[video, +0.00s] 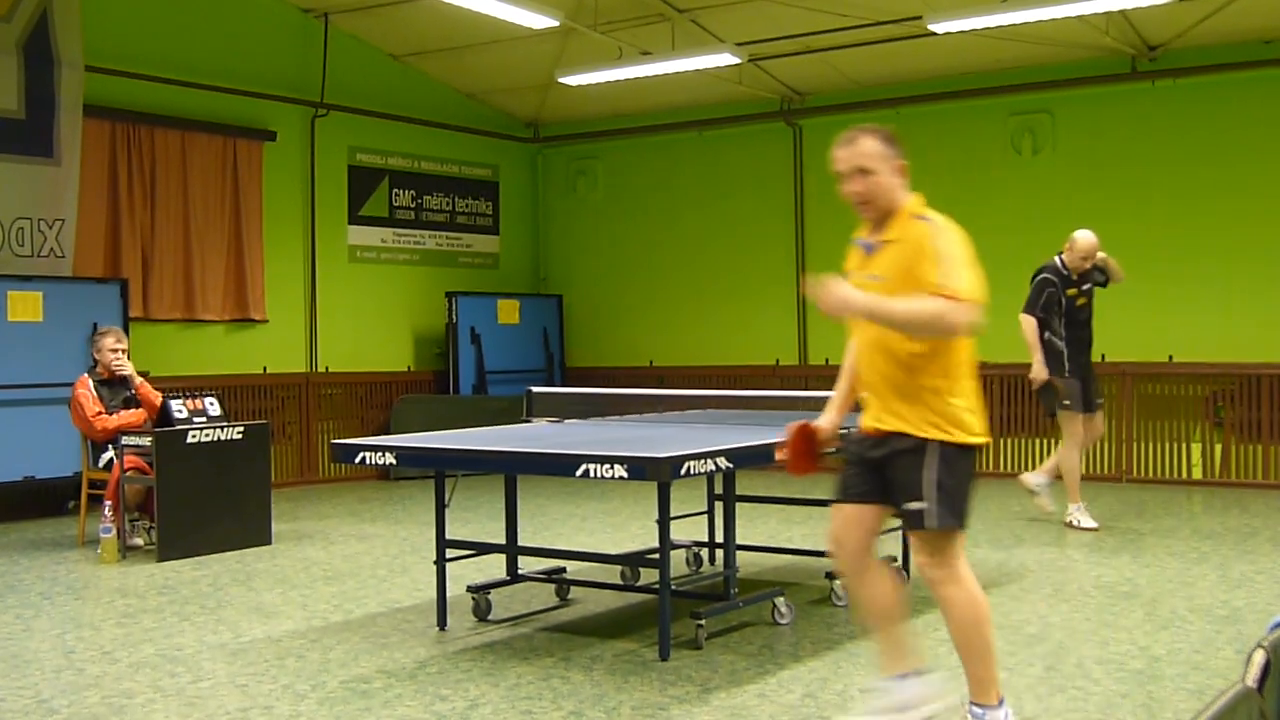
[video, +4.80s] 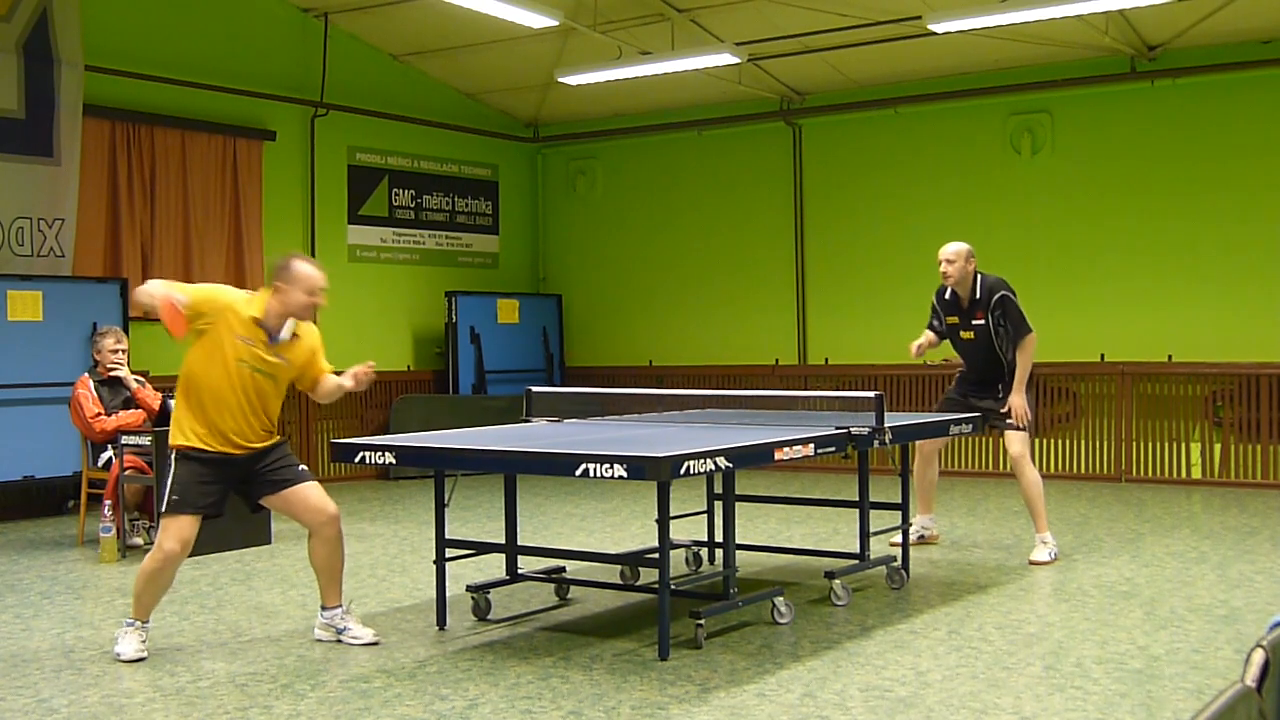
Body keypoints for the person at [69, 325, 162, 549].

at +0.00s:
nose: (120, 357)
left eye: (123, 352)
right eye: (113, 351)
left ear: (128, 355)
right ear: (96, 355)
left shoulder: (133, 381)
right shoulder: (84, 385)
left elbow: (162, 413)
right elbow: (98, 427)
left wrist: (136, 379)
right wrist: (142, 415)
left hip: (147, 446)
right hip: (112, 449)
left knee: (172, 469)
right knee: (135, 475)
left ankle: (152, 521)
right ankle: (129, 521)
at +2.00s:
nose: (121, 356)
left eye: (124, 351)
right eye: (114, 351)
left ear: (128, 354)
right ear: (97, 355)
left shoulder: (137, 381)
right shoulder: (84, 385)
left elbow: (162, 412)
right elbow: (97, 428)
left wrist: (132, 383)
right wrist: (141, 416)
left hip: (146, 445)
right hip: (112, 449)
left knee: (172, 469)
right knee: (135, 475)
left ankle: (153, 519)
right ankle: (131, 518)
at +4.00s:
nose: (120, 356)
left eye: (123, 351)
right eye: (113, 351)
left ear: (128, 354)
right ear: (97, 355)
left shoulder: (138, 381)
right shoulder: (85, 385)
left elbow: (162, 412)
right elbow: (97, 428)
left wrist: (132, 384)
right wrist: (142, 415)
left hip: (147, 446)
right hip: (112, 449)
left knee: (170, 469)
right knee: (133, 474)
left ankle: (152, 521)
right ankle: (131, 520)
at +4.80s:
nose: (120, 357)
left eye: (124, 352)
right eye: (114, 352)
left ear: (128, 354)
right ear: (97, 355)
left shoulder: (137, 382)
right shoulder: (84, 386)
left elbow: (162, 412)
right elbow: (97, 428)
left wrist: (132, 384)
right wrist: (141, 415)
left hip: (146, 446)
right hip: (112, 449)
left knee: (171, 467)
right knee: (134, 474)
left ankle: (152, 520)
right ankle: (131, 519)